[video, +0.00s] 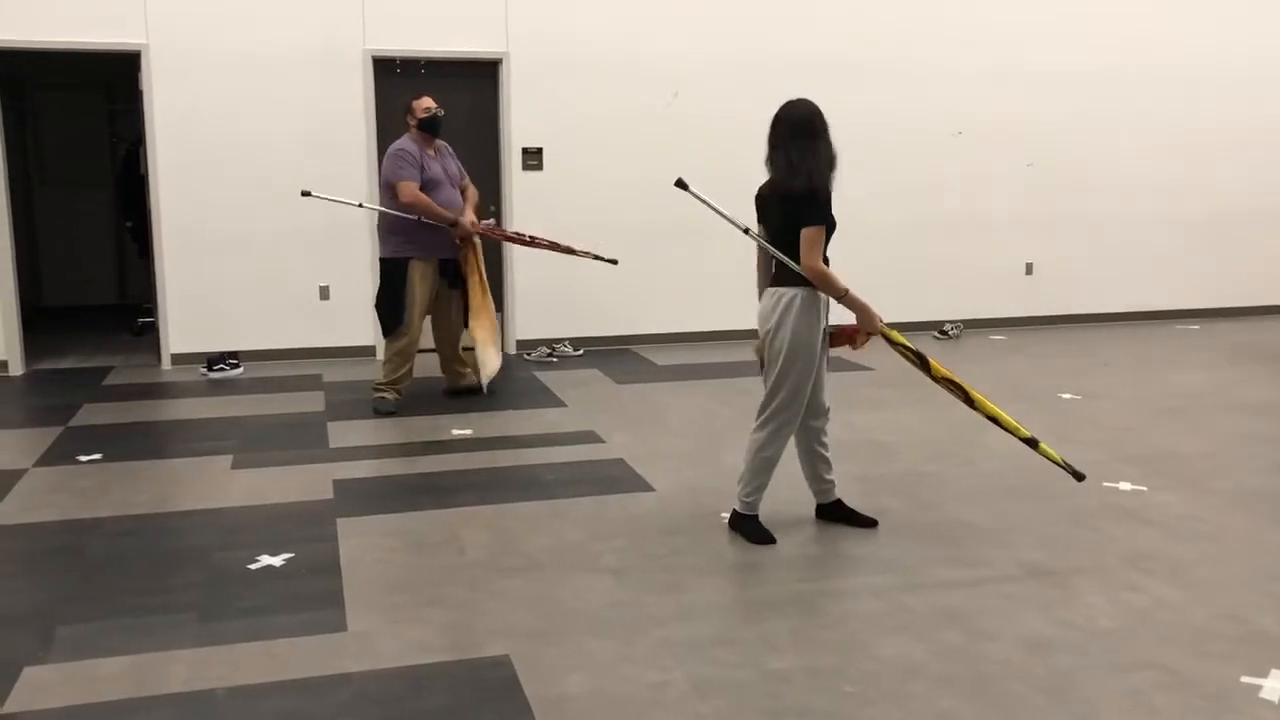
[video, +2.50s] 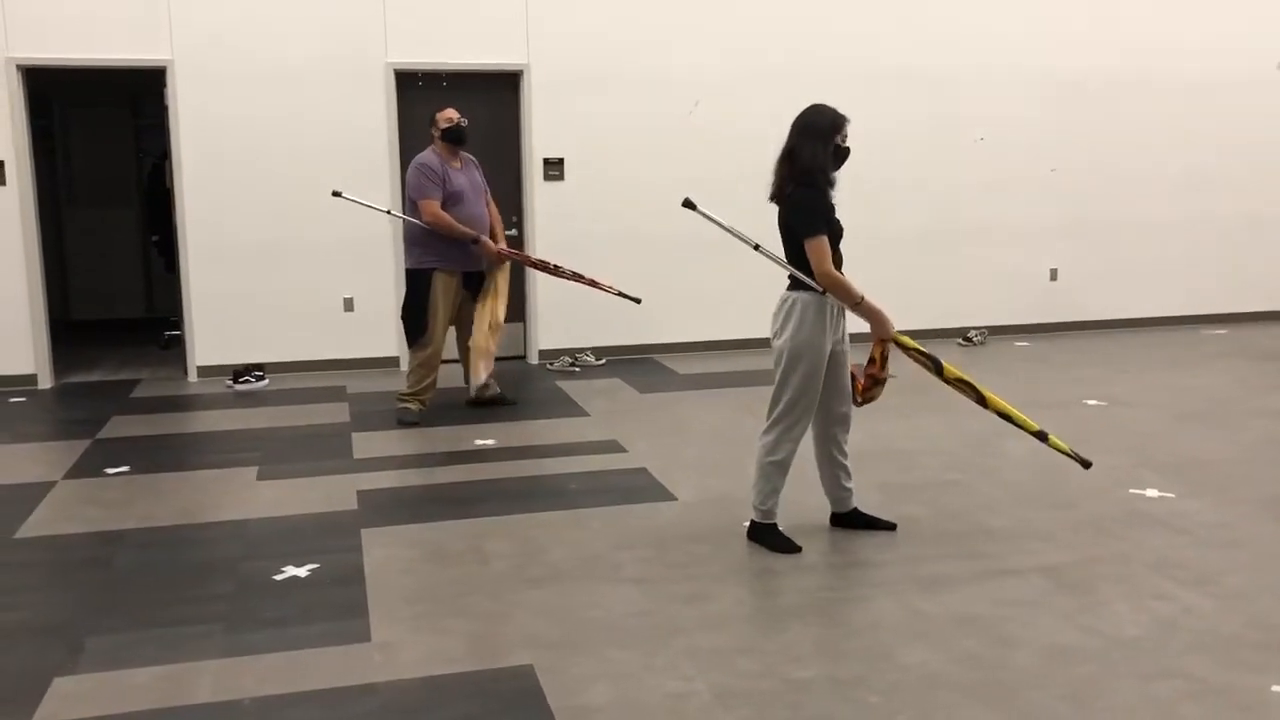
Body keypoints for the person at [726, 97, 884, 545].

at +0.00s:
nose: (829, 144)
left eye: (823, 135)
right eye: (825, 136)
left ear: (776, 142)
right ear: (820, 140)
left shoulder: (768, 192)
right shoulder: (812, 191)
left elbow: (766, 267)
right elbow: (811, 266)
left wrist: (771, 323)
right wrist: (860, 307)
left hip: (779, 303)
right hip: (797, 305)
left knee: (812, 409)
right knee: (782, 410)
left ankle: (827, 501)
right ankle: (745, 510)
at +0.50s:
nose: (829, 153)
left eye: (822, 145)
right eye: (825, 145)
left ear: (774, 149)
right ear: (819, 149)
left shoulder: (764, 200)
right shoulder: (813, 199)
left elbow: (754, 264)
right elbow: (815, 275)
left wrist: (754, 322)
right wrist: (866, 314)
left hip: (778, 311)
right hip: (800, 313)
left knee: (819, 417)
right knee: (793, 417)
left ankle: (839, 509)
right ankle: (752, 518)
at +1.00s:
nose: (822, 159)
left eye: (818, 150)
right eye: (818, 151)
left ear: (769, 157)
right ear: (810, 155)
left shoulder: (760, 207)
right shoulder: (804, 202)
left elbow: (754, 278)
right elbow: (815, 278)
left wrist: (752, 334)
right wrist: (864, 321)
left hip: (781, 317)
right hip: (795, 319)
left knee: (828, 418)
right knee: (786, 424)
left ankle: (834, 512)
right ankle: (755, 525)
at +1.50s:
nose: (830, 152)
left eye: (828, 144)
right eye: (825, 144)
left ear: (788, 142)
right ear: (812, 147)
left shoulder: (792, 192)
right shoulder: (800, 198)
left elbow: (808, 271)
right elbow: (817, 277)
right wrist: (870, 319)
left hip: (814, 312)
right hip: (798, 314)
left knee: (824, 417)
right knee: (784, 420)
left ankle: (832, 511)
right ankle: (752, 523)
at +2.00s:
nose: (842, 147)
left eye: (842, 139)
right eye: (837, 139)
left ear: (807, 141)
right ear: (817, 142)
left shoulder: (815, 194)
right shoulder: (803, 196)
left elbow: (824, 268)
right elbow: (822, 272)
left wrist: (854, 309)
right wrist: (871, 312)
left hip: (828, 312)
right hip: (802, 312)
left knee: (833, 416)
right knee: (784, 418)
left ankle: (835, 509)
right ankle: (755, 520)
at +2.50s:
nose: (844, 148)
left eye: (844, 140)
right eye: (838, 140)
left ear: (807, 140)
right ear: (819, 142)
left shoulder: (816, 192)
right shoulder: (804, 195)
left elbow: (823, 269)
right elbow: (824, 273)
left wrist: (854, 307)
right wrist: (874, 314)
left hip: (829, 311)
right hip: (805, 311)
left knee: (836, 414)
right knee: (789, 417)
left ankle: (843, 509)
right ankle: (762, 520)